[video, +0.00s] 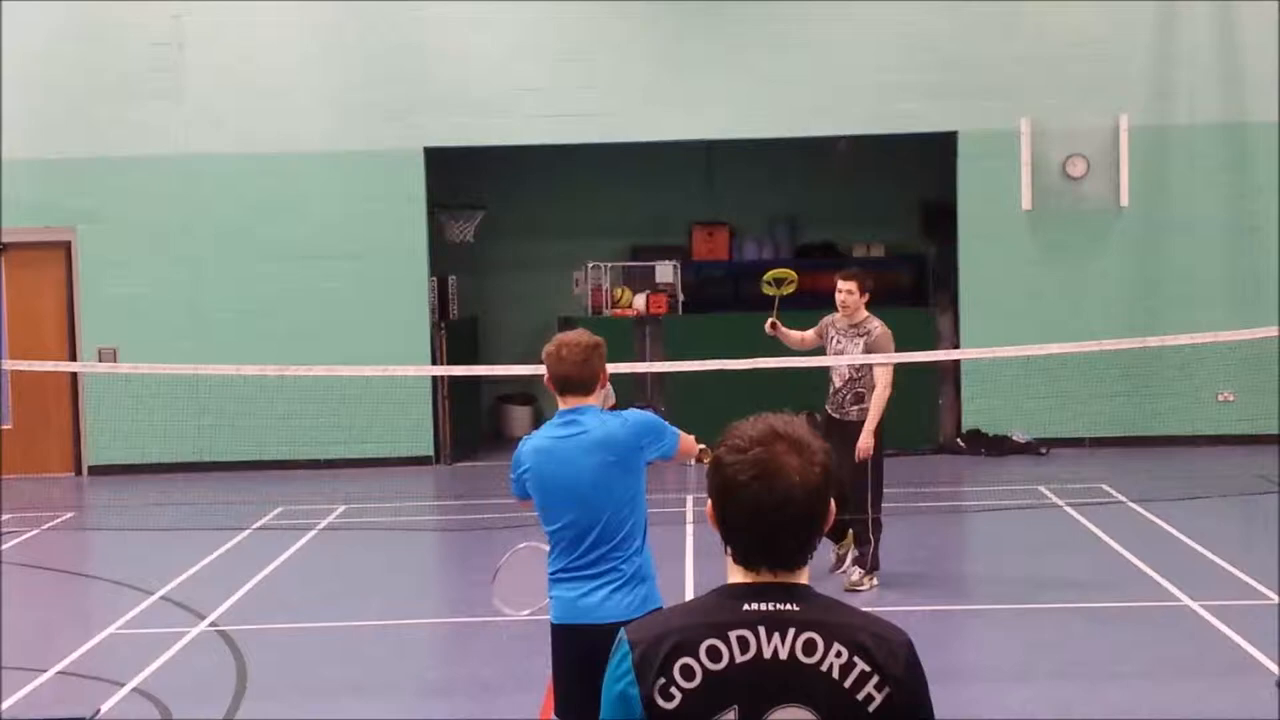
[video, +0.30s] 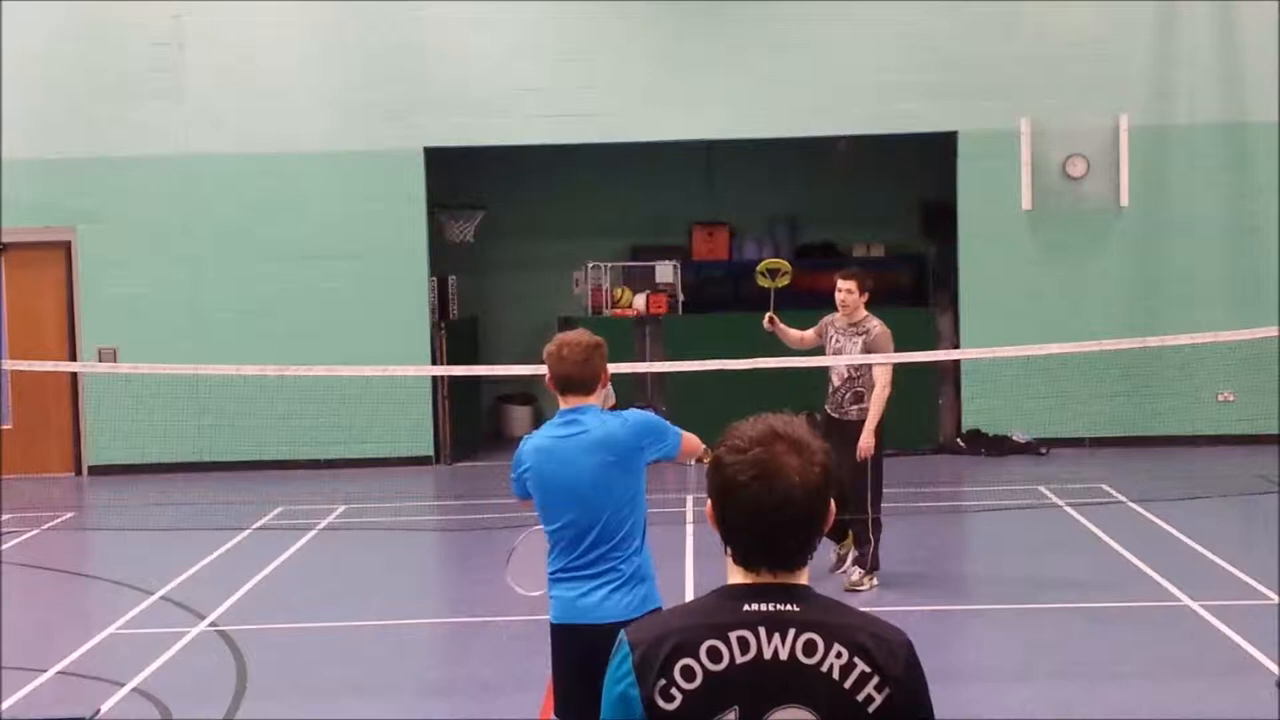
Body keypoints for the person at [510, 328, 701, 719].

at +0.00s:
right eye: (605, 369)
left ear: (549, 381)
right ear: (604, 376)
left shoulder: (530, 449)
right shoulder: (633, 426)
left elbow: (525, 497)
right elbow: (691, 448)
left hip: (571, 619)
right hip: (636, 614)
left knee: (574, 712)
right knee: (644, 711)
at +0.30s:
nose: (608, 376)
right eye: (606, 370)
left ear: (549, 381)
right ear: (604, 377)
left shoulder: (532, 447)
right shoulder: (632, 427)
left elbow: (526, 497)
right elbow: (695, 449)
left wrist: (586, 415)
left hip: (570, 619)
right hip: (635, 614)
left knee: (574, 712)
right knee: (645, 711)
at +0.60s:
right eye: (607, 368)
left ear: (551, 380)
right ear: (606, 376)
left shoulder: (533, 445)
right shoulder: (635, 426)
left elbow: (510, 495)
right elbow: (706, 450)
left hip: (569, 618)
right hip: (634, 613)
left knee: (573, 712)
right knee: (640, 710)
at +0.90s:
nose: (617, 370)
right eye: (616, 365)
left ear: (558, 378)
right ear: (614, 374)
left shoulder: (534, 445)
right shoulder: (644, 432)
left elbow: (460, 508)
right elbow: (713, 472)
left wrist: (432, 501)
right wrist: (699, 454)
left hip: (572, 618)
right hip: (637, 613)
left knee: (573, 712)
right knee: (646, 711)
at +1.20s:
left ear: (573, 378)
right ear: (628, 377)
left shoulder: (542, 447)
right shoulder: (653, 443)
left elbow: (503, 543)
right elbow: (706, 533)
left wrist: (468, 608)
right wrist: (749, 579)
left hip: (568, 623)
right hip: (635, 620)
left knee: (574, 712)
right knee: (637, 713)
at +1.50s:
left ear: (578, 379)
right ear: (633, 378)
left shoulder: (548, 449)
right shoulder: (656, 444)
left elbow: (529, 550)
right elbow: (679, 540)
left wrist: (498, 588)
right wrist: (714, 607)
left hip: (579, 632)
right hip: (647, 629)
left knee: (580, 712)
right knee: (661, 713)